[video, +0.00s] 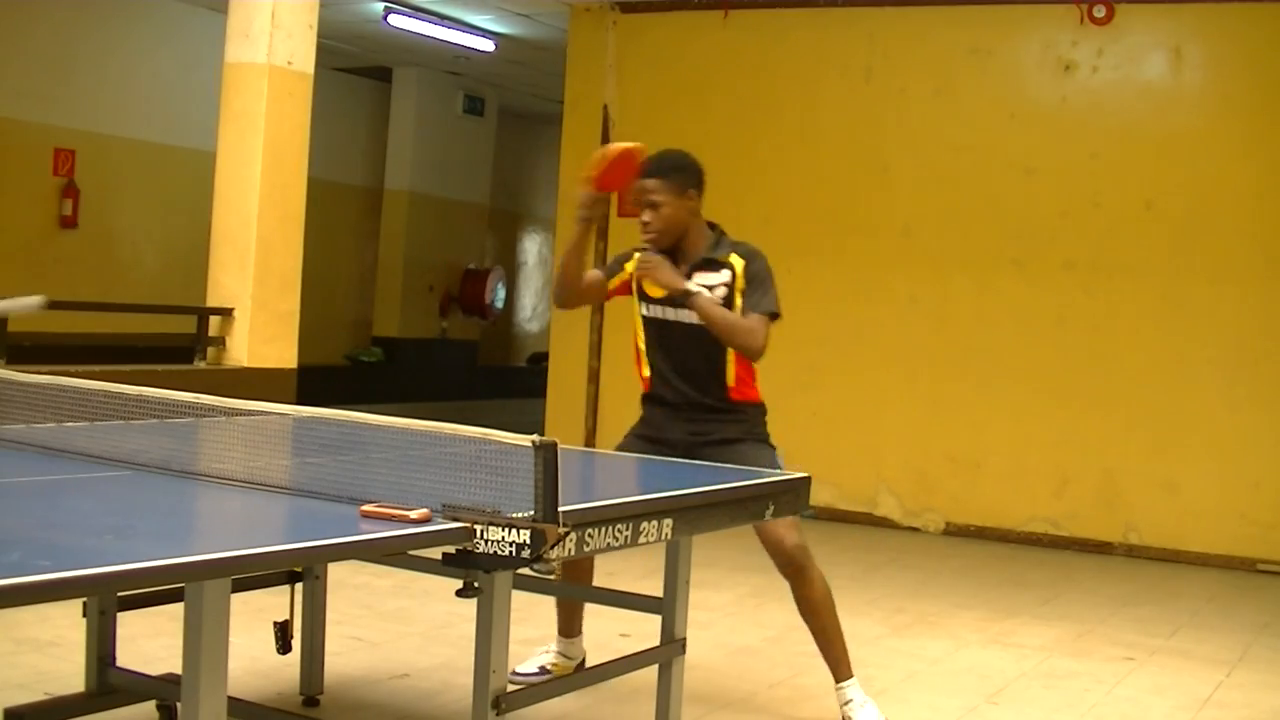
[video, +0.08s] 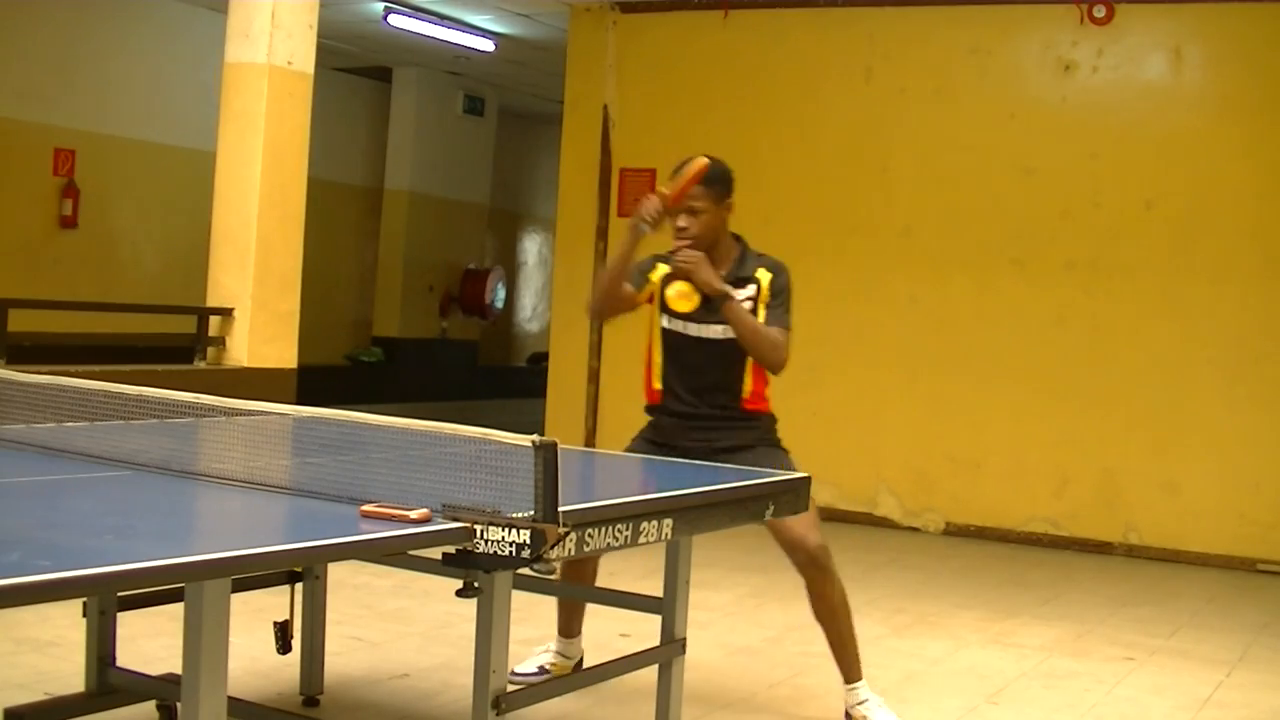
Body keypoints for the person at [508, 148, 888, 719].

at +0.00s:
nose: (642, 218)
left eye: (653, 205)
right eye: (637, 206)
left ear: (693, 202)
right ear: (636, 206)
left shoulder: (742, 262)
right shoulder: (643, 262)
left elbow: (754, 341)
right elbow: (569, 295)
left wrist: (682, 288)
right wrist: (584, 221)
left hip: (734, 435)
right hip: (657, 431)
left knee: (790, 547)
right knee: (575, 521)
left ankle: (849, 692)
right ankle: (567, 652)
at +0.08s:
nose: (682, 223)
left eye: (695, 212)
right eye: (676, 211)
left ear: (727, 211)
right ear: (670, 212)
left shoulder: (765, 275)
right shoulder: (662, 266)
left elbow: (775, 356)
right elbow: (601, 307)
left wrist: (717, 291)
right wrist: (633, 232)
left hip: (745, 438)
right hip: (666, 434)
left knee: (811, 548)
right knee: (582, 525)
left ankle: (857, 693)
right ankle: (565, 653)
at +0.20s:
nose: (716, 210)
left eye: (730, 198)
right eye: (711, 197)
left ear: (764, 198)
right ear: (705, 199)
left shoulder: (806, 259)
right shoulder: (704, 257)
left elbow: (821, 352)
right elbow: (661, 358)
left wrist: (758, 301)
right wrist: (671, 298)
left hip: (796, 427)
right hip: (719, 424)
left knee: (845, 543)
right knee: (639, 522)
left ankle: (871, 691)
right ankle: (588, 650)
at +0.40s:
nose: (747, 256)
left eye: (760, 242)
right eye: (742, 242)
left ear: (796, 239)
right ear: (736, 241)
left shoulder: (848, 291)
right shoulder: (737, 314)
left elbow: (880, 385)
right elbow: (712, 414)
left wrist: (810, 355)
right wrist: (729, 430)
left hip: (862, 444)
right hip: (785, 443)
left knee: (916, 551)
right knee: (698, 538)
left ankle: (959, 699)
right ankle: (689, 666)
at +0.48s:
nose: (760, 289)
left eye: (772, 276)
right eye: (756, 275)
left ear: (810, 271)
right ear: (753, 270)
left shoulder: (865, 314)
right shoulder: (755, 338)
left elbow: (898, 407)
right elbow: (719, 421)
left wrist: (832, 381)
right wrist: (723, 467)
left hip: (882, 451)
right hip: (807, 451)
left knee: (935, 555)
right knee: (710, 546)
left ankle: (965, 702)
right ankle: (692, 668)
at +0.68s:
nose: (778, 277)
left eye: (790, 265)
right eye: (772, 264)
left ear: (827, 257)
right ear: (766, 257)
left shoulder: (876, 298)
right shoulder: (760, 313)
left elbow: (918, 387)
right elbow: (690, 376)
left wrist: (866, 368)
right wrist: (679, 386)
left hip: (883, 442)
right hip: (804, 442)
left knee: (927, 551)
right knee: (719, 539)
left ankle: (961, 702)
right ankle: (692, 667)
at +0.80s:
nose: (778, 248)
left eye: (791, 236)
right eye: (773, 234)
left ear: (828, 228)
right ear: (767, 229)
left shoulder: (875, 280)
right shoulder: (757, 284)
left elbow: (913, 370)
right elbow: (668, 328)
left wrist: (869, 337)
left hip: (868, 431)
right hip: (789, 429)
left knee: (924, 546)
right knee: (698, 523)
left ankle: (940, 702)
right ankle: (683, 657)